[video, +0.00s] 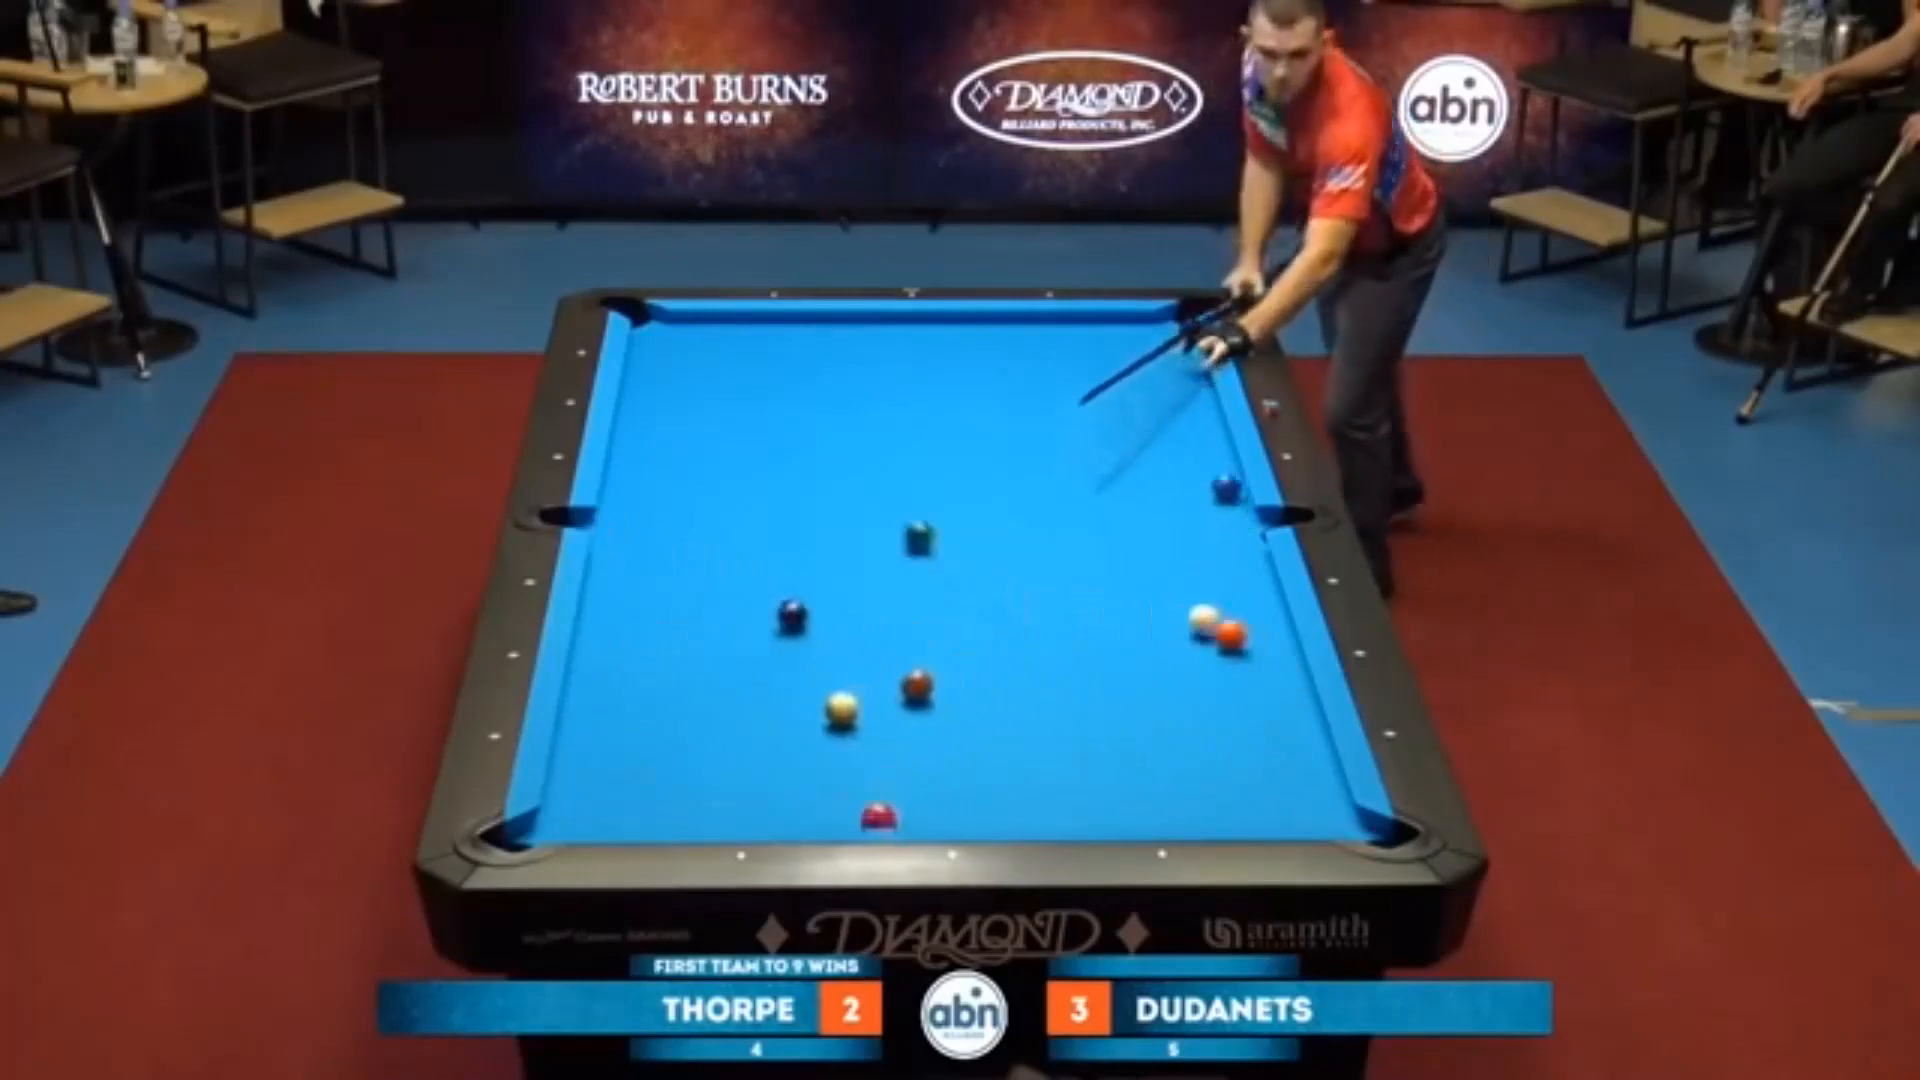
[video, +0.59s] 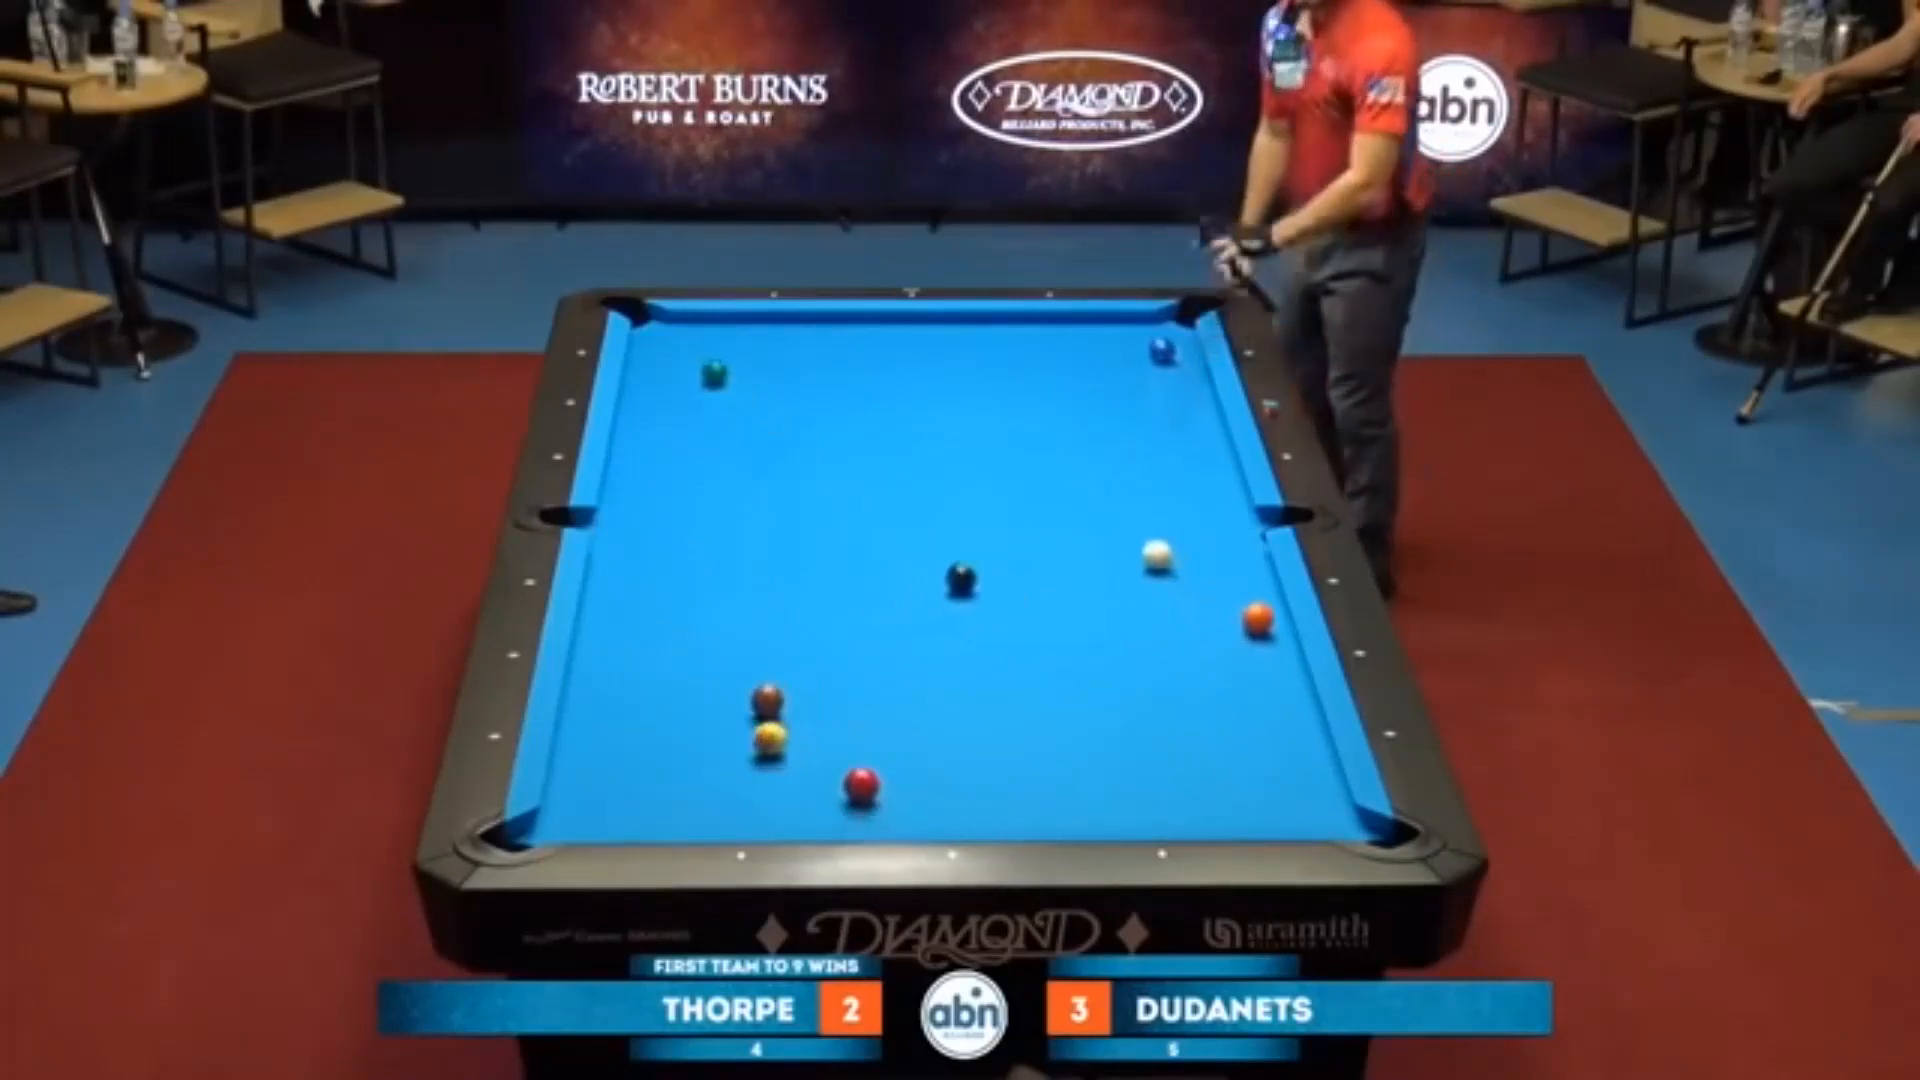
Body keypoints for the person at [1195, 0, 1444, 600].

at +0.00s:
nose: (1279, 71)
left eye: (1296, 57)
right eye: (1267, 55)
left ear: (1325, 43)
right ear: (1250, 39)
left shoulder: (1350, 113)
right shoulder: (1257, 68)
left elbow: (1323, 254)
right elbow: (1262, 162)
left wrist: (1247, 331)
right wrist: (1249, 260)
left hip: (1397, 243)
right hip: (1335, 235)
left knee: (1350, 412)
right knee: (1367, 369)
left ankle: (1368, 572)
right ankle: (1397, 482)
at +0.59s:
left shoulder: (1383, 42)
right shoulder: (1283, 24)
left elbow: (1368, 180)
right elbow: (1274, 130)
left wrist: (1271, 236)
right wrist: (1249, 228)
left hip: (1373, 244)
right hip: (1311, 240)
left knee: (1357, 405)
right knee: (1301, 393)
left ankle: (1368, 562)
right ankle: (1315, 538)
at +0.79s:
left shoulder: (1394, 32)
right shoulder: (1281, 20)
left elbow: (1404, 166)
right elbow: (1270, 129)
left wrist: (1322, 236)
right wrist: (1242, 225)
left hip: (1368, 241)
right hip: (1295, 235)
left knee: (1361, 403)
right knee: (1303, 394)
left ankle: (1369, 563)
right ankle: (1312, 537)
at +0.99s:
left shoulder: (1400, 30)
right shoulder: (1281, 19)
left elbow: (1415, 164)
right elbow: (1268, 125)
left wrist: (1411, 277)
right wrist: (1244, 222)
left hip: (1362, 239)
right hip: (1284, 233)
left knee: (1362, 406)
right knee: (1296, 399)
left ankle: (1367, 563)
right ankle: (1304, 543)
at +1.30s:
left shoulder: (1407, 23)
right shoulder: (1287, 17)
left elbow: (1438, 128)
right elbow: (1242, 110)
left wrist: (1470, 229)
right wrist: (1184, 194)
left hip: (1362, 234)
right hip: (1288, 228)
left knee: (1361, 401)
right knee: (1303, 396)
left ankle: (1368, 565)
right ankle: (1311, 543)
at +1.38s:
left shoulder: (1409, 19)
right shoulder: (1287, 15)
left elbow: (1444, 99)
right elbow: (1222, 95)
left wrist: (1476, 174)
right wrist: (1144, 168)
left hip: (1364, 235)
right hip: (1290, 229)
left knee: (1364, 403)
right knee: (1302, 395)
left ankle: (1369, 566)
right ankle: (1312, 537)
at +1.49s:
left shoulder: (1413, 12)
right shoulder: (1283, 10)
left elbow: (1468, 72)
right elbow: (1206, 54)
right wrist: (1129, 80)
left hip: (1365, 233)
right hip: (1292, 227)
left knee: (1365, 403)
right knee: (1304, 396)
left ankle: (1370, 564)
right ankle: (1314, 540)